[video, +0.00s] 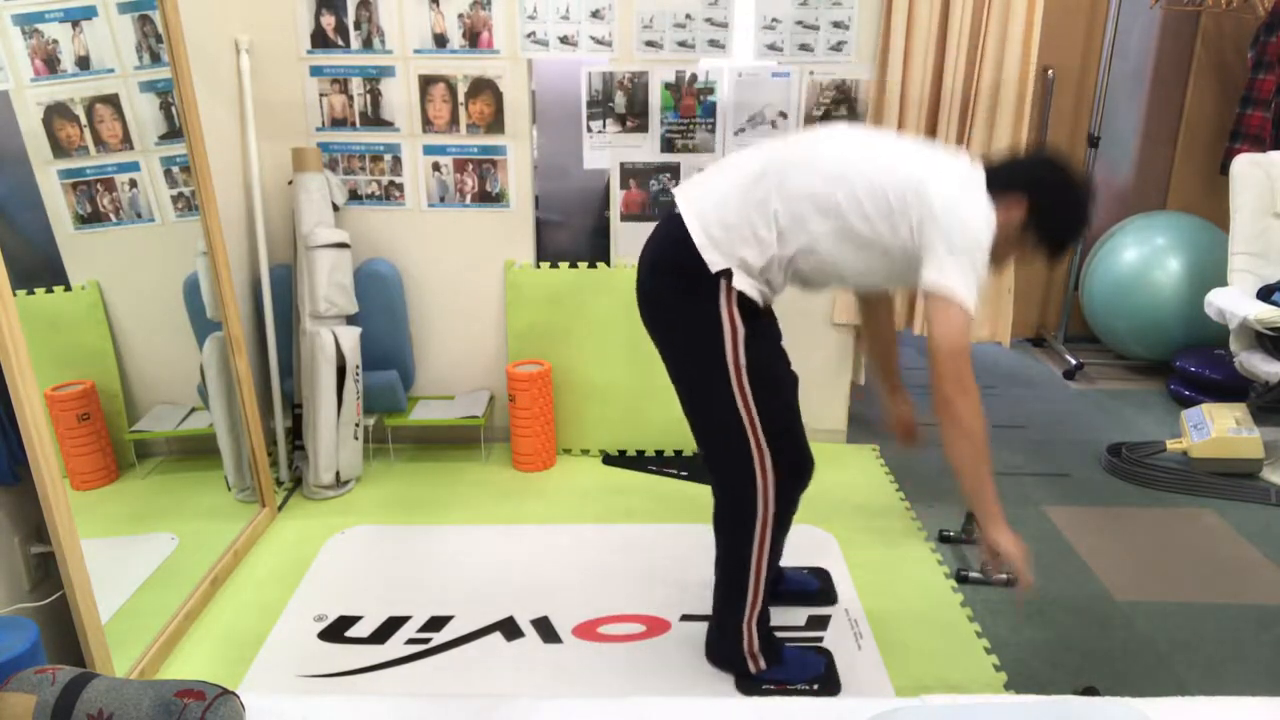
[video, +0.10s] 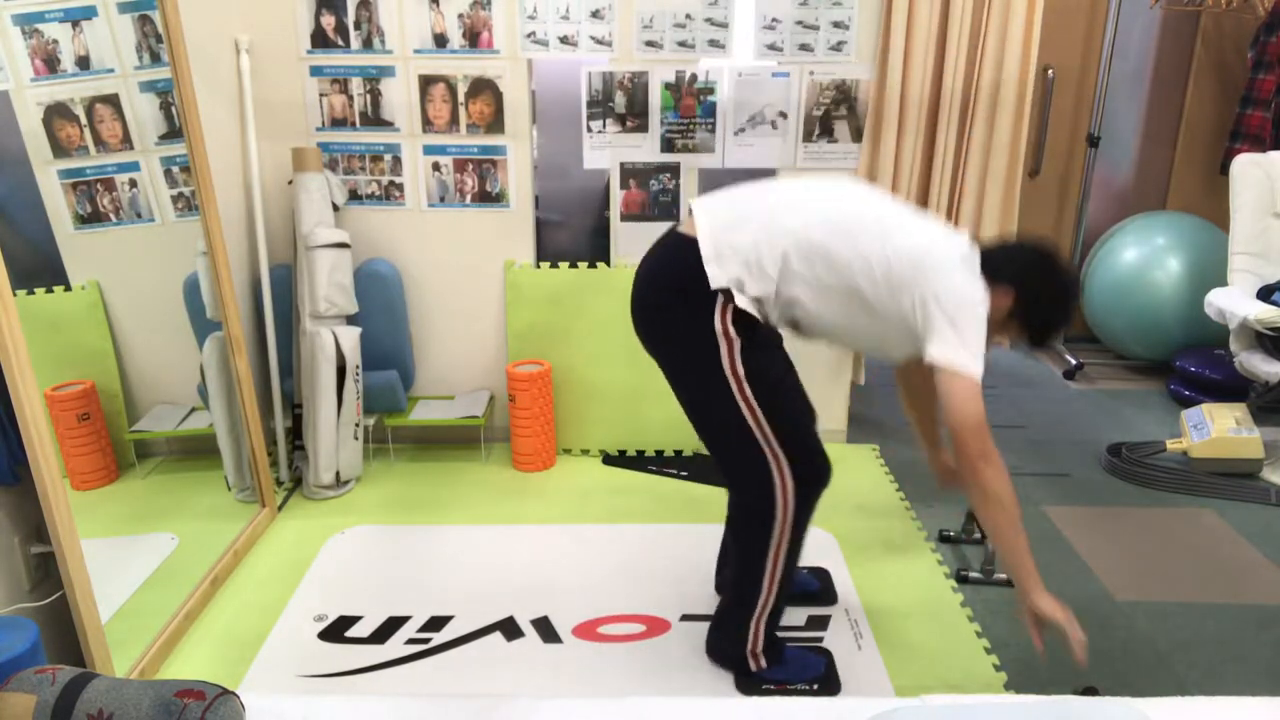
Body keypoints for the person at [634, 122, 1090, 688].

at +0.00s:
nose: (1010, 257)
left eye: (1024, 250)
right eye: (1024, 244)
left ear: (1007, 196)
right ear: (1015, 210)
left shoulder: (942, 176)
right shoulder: (963, 211)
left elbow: (873, 288)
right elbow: (953, 383)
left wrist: (895, 396)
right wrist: (992, 522)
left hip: (726, 261)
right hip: (704, 266)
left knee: (786, 459)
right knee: (761, 469)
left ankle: (751, 574)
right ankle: (743, 650)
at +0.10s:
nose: (998, 344)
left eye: (1007, 340)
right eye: (1008, 335)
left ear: (1000, 281)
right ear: (1005, 300)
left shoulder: (941, 259)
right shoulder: (959, 289)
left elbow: (916, 372)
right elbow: (977, 461)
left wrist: (938, 454)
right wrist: (1032, 588)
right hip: (699, 287)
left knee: (796, 459)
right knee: (788, 475)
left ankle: (752, 578)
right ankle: (745, 650)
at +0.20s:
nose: (985, 390)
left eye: (994, 383)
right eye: (997, 380)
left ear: (985, 329)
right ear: (992, 350)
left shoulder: (930, 304)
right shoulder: (949, 329)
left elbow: (933, 425)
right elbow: (982, 496)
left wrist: (973, 508)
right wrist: (1049, 625)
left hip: (707, 287)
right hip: (698, 304)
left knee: (808, 456)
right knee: (808, 483)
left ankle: (748, 577)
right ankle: (748, 649)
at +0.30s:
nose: (980, 419)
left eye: (990, 417)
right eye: (992, 410)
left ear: (981, 356)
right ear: (986, 379)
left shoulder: (937, 327)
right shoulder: (945, 358)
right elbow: (989, 523)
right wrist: (1057, 651)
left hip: (702, 300)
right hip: (697, 316)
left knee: (823, 466)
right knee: (817, 488)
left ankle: (751, 575)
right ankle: (748, 649)